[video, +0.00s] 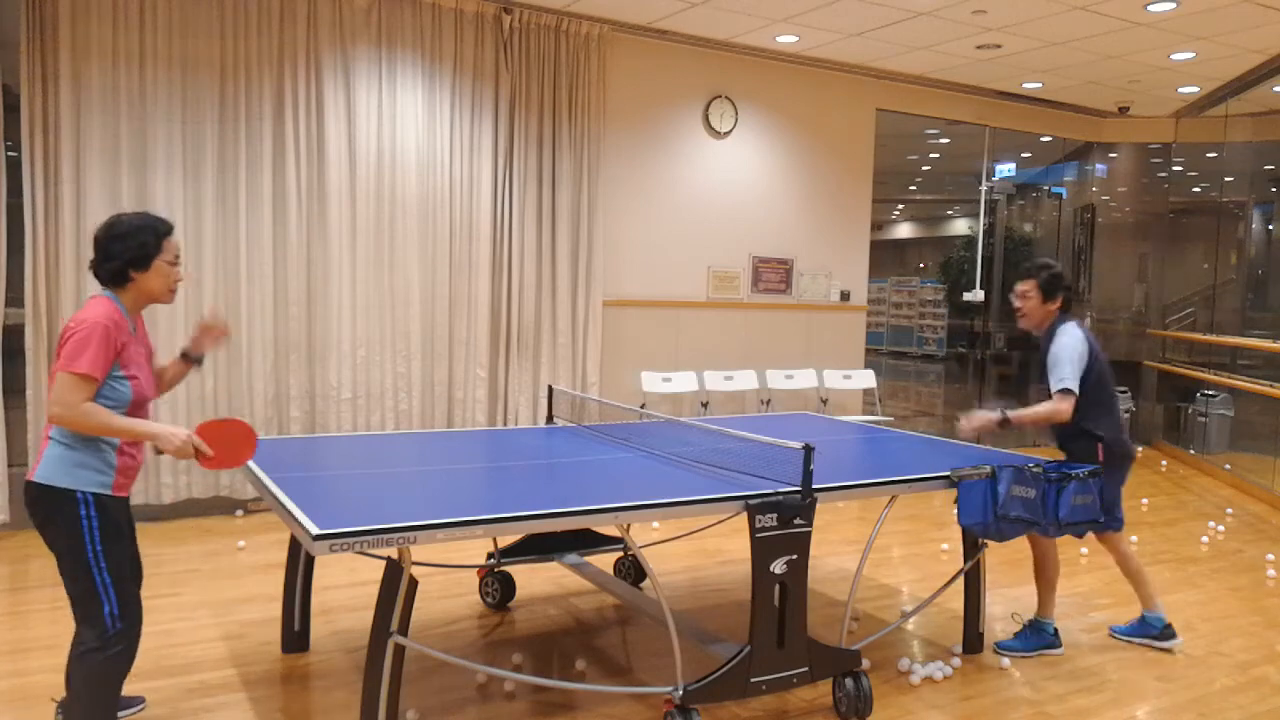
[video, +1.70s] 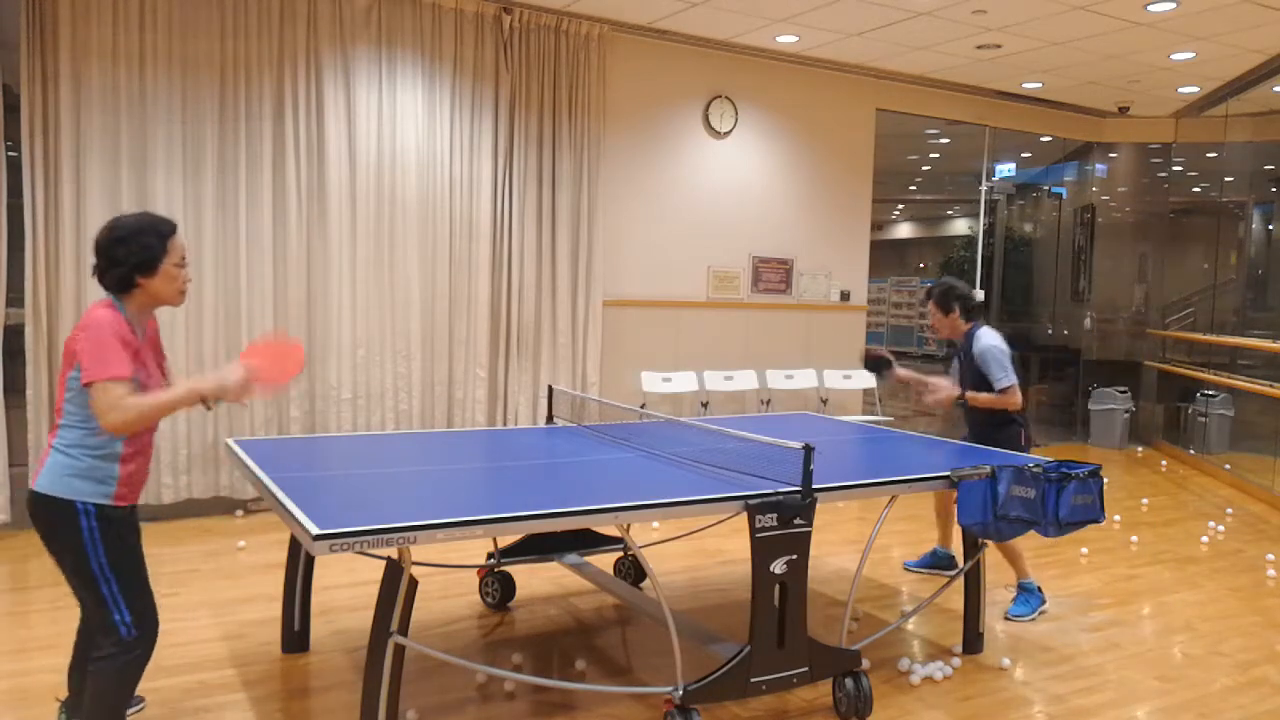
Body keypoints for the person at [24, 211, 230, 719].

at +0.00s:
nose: (179, 273)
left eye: (178, 261)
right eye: (172, 262)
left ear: (142, 267)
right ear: (136, 267)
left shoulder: (130, 319)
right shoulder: (101, 320)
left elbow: (144, 390)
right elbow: (65, 406)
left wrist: (192, 352)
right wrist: (155, 432)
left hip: (101, 488)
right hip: (74, 489)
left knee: (121, 602)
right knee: (112, 618)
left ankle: (93, 698)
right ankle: (85, 711)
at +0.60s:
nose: (211, 296)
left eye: (209, 284)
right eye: (202, 285)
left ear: (168, 292)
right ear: (165, 291)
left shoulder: (156, 337)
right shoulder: (115, 342)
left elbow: (133, 406)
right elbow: (76, 431)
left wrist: (189, 420)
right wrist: (161, 466)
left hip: (94, 492)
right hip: (57, 495)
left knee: (123, 592)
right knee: (111, 624)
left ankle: (91, 698)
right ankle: (85, 712)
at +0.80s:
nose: (224, 331)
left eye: (223, 320)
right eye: (215, 321)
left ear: (183, 327)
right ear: (175, 326)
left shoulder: (181, 366)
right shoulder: (111, 370)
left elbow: (174, 425)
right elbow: (59, 454)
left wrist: (207, 458)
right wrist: (108, 520)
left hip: (85, 499)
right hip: (35, 502)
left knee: (131, 594)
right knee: (107, 621)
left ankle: (90, 697)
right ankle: (87, 712)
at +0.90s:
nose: (225, 354)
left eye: (226, 342)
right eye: (217, 343)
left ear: (185, 347)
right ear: (176, 346)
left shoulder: (188, 389)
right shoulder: (108, 388)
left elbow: (194, 449)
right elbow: (49, 467)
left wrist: (219, 478)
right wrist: (68, 548)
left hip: (96, 511)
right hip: (34, 510)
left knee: (147, 588)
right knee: (106, 609)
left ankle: (96, 696)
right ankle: (86, 712)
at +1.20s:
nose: (221, 357)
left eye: (224, 346)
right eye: (212, 346)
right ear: (171, 344)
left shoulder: (184, 390)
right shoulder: (112, 391)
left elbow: (190, 457)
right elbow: (80, 474)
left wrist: (220, 477)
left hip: (92, 517)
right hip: (38, 526)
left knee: (155, 592)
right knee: (140, 633)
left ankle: (81, 708)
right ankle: (104, 714)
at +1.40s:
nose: (198, 278)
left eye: (198, 267)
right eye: (190, 268)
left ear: (157, 273)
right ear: (151, 272)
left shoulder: (149, 317)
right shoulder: (112, 311)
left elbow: (148, 390)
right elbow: (155, 374)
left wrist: (198, 398)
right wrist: (221, 317)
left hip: (107, 494)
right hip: (77, 495)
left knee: (110, 613)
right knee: (135, 626)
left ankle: (85, 702)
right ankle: (102, 710)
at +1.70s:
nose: (187, 274)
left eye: (185, 262)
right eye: (178, 264)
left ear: (142, 275)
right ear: (141, 274)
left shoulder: (143, 322)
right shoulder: (104, 324)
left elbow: (151, 398)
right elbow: (115, 416)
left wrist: (207, 391)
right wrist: (205, 385)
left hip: (109, 498)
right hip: (76, 499)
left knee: (106, 616)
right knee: (132, 629)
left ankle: (82, 706)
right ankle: (96, 711)